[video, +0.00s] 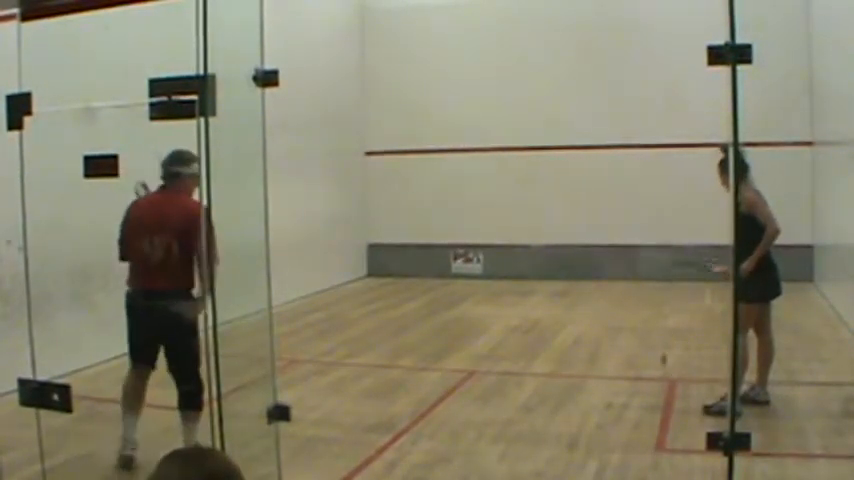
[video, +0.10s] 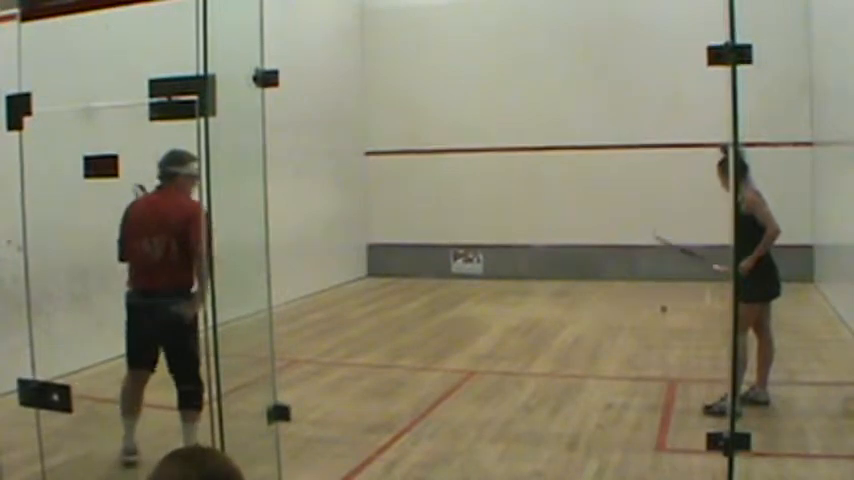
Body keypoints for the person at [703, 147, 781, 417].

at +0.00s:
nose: (720, 181)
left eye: (721, 176)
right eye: (720, 176)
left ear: (730, 174)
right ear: (738, 172)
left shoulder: (749, 197)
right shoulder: (742, 198)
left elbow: (773, 229)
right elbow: (751, 239)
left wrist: (751, 261)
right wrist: (734, 266)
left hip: (753, 278)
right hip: (757, 276)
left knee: (738, 334)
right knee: (763, 332)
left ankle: (733, 394)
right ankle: (760, 388)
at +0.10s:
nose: (720, 182)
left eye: (722, 176)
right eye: (720, 177)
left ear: (731, 174)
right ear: (736, 173)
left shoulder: (750, 198)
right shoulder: (742, 198)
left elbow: (773, 229)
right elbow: (750, 238)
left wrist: (751, 259)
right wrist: (734, 264)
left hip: (753, 277)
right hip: (756, 275)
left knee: (738, 333)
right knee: (762, 331)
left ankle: (733, 394)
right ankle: (760, 388)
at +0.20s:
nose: (721, 182)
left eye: (722, 176)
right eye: (720, 176)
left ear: (731, 174)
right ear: (739, 172)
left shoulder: (750, 199)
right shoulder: (745, 198)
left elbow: (767, 232)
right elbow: (760, 233)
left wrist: (747, 252)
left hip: (753, 276)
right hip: (757, 272)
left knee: (737, 333)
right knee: (762, 331)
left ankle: (733, 394)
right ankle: (760, 388)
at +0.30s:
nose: (721, 182)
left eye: (722, 176)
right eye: (720, 176)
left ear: (731, 174)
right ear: (740, 172)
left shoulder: (750, 199)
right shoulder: (745, 198)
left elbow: (759, 237)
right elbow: (753, 238)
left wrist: (736, 249)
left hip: (752, 278)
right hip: (758, 275)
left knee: (737, 334)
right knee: (762, 331)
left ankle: (733, 394)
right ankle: (760, 388)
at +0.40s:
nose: (720, 182)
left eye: (721, 176)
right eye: (719, 176)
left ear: (731, 173)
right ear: (739, 172)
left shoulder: (749, 200)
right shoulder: (746, 198)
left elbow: (749, 240)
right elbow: (747, 240)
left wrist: (724, 244)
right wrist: (724, 244)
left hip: (752, 279)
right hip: (757, 277)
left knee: (736, 334)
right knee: (761, 332)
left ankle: (733, 394)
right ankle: (760, 388)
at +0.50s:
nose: (718, 182)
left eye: (720, 176)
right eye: (718, 176)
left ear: (729, 174)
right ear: (737, 172)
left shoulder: (746, 199)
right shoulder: (746, 199)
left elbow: (747, 239)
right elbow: (747, 240)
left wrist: (724, 245)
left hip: (751, 279)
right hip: (756, 277)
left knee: (731, 332)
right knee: (759, 331)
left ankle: (735, 393)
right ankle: (760, 388)